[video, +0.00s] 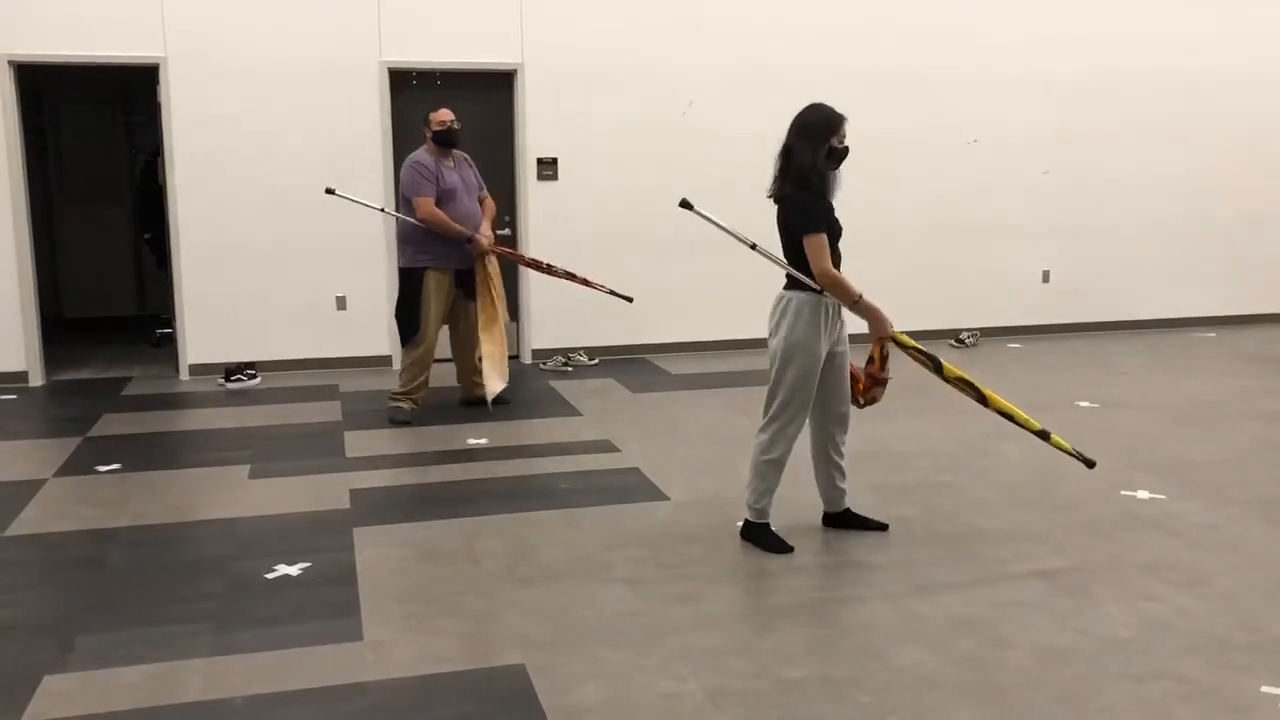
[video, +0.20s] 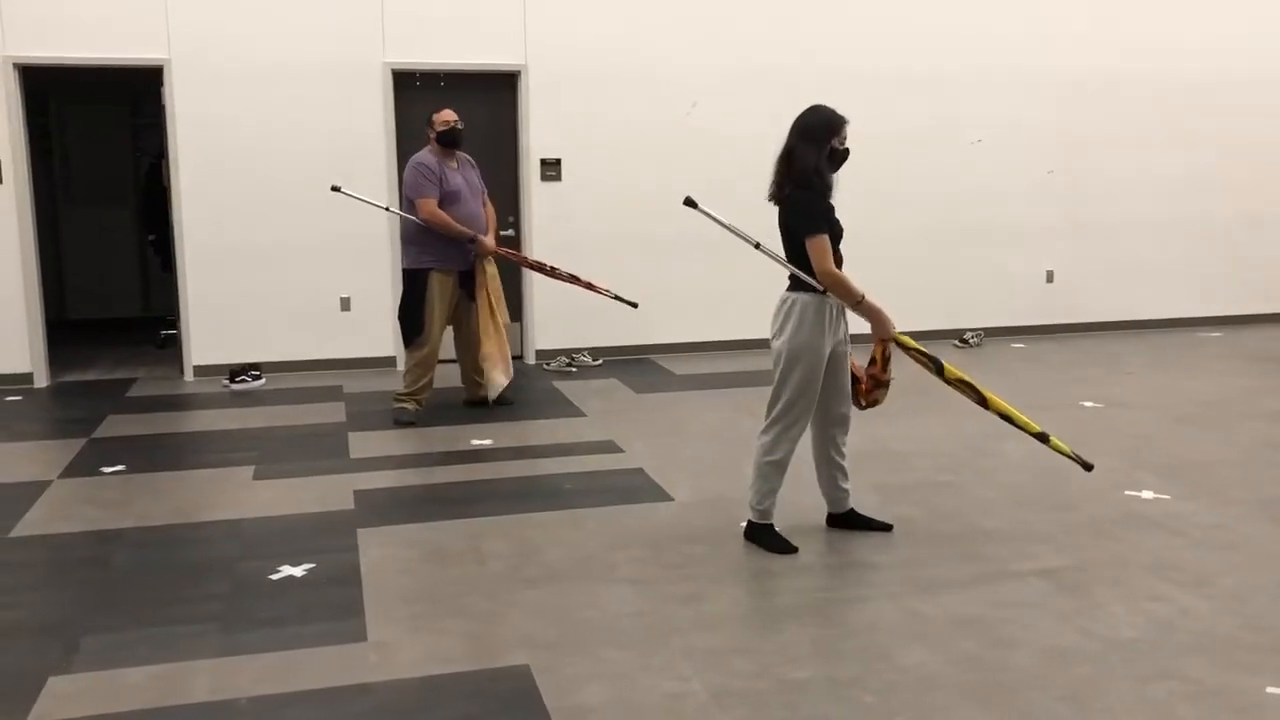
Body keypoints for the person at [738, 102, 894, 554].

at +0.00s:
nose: (842, 147)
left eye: (842, 139)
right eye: (837, 139)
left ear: (807, 141)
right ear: (817, 142)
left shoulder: (815, 194)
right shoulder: (803, 196)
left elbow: (824, 268)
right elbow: (822, 272)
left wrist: (854, 309)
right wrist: (871, 312)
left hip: (828, 312)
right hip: (802, 312)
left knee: (833, 416)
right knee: (784, 418)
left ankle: (835, 509)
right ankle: (755, 520)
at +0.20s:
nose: (843, 149)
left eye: (843, 141)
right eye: (838, 141)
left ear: (808, 141)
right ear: (819, 143)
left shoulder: (815, 195)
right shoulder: (804, 197)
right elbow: (824, 272)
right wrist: (873, 312)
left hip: (830, 312)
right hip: (805, 313)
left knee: (834, 417)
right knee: (787, 419)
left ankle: (839, 510)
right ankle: (759, 520)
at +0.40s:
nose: (844, 148)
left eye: (844, 140)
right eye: (838, 140)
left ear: (808, 141)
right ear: (819, 142)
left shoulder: (815, 192)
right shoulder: (804, 195)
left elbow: (822, 270)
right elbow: (824, 274)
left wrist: (854, 310)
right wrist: (874, 314)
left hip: (829, 311)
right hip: (805, 312)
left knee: (836, 414)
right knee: (789, 418)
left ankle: (843, 509)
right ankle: (762, 520)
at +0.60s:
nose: (844, 146)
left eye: (843, 138)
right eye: (838, 138)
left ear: (807, 140)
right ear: (820, 142)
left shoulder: (815, 193)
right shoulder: (805, 196)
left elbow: (822, 269)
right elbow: (824, 273)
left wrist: (856, 305)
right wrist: (874, 314)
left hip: (828, 310)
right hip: (805, 311)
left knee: (835, 414)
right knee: (789, 417)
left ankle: (844, 508)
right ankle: (763, 519)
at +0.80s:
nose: (842, 144)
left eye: (842, 136)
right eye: (837, 136)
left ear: (804, 136)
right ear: (820, 139)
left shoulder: (813, 190)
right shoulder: (804, 193)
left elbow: (820, 268)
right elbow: (825, 271)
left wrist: (855, 302)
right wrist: (874, 310)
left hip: (827, 308)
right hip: (805, 309)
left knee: (834, 411)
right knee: (789, 415)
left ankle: (844, 505)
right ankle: (763, 517)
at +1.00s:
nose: (840, 144)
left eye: (839, 136)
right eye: (835, 136)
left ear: (800, 135)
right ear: (819, 139)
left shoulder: (807, 189)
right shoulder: (805, 192)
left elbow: (818, 265)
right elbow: (825, 269)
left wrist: (852, 299)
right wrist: (875, 309)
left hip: (825, 305)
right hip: (805, 306)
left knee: (832, 410)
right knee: (789, 413)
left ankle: (843, 503)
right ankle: (762, 515)